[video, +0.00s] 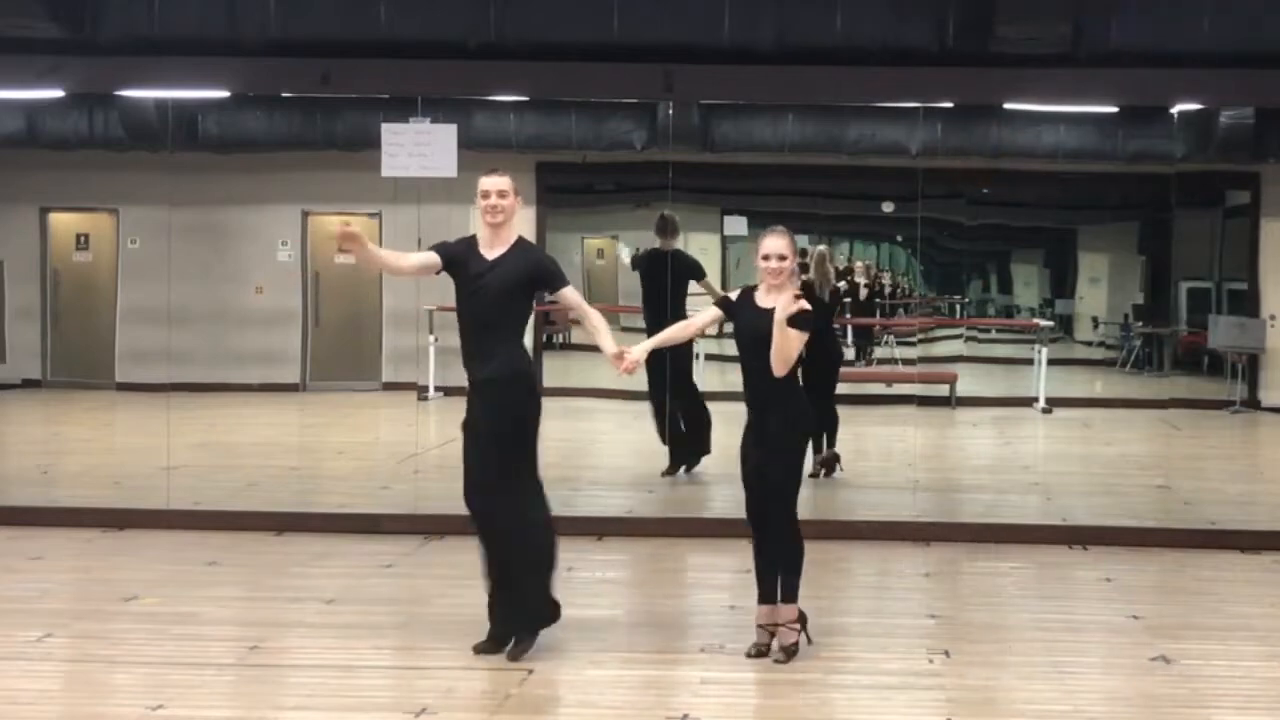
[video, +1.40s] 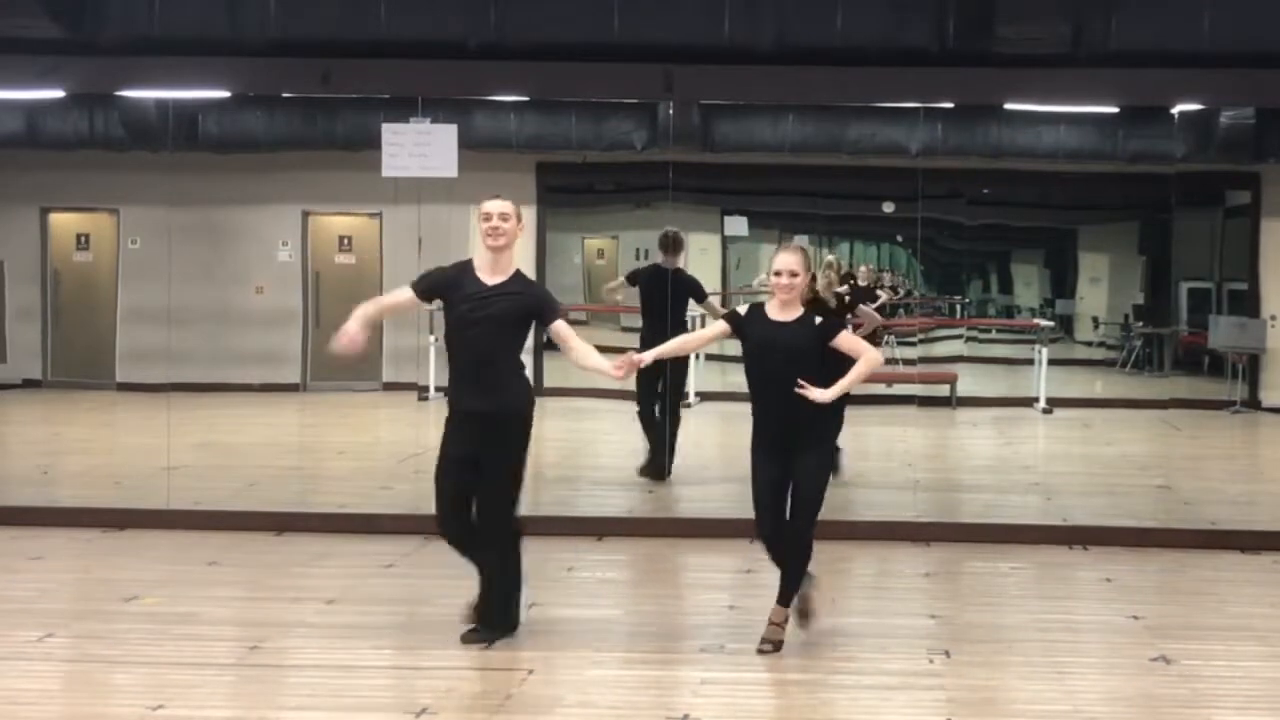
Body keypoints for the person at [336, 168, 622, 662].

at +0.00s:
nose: (494, 202)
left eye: (502, 195)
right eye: (486, 195)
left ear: (517, 203)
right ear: (476, 203)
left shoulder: (531, 258)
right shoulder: (460, 251)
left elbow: (584, 310)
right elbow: (408, 264)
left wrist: (611, 348)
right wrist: (366, 250)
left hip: (515, 389)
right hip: (481, 389)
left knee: (512, 496)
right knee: (481, 499)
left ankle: (533, 608)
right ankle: (505, 614)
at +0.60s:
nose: (505, 241)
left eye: (513, 232)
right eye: (496, 233)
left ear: (529, 237)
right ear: (487, 237)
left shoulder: (549, 292)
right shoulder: (468, 278)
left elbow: (601, 335)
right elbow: (396, 254)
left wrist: (650, 354)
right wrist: (327, 223)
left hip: (489, 413)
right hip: (445, 403)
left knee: (476, 518)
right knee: (443, 514)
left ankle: (457, 621)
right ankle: (443, 629)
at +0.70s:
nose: (502, 248)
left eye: (510, 240)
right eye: (494, 242)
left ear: (527, 244)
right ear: (486, 247)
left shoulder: (550, 301)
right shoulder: (470, 285)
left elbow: (605, 342)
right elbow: (397, 252)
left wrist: (657, 356)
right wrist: (339, 216)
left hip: (487, 426)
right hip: (439, 411)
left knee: (478, 528)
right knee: (403, 508)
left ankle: (449, 622)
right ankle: (370, 623)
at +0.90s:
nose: (495, 252)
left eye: (504, 244)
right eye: (487, 245)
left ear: (521, 248)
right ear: (479, 250)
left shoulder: (543, 304)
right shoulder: (465, 289)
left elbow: (602, 340)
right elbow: (407, 258)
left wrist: (657, 354)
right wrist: (384, 223)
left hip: (498, 437)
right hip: (446, 427)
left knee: (488, 532)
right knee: (406, 514)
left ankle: (450, 620)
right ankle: (352, 586)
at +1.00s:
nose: (497, 246)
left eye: (506, 239)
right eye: (490, 239)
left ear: (521, 245)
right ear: (480, 245)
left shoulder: (539, 303)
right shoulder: (462, 292)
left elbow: (594, 342)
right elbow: (386, 287)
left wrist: (638, 358)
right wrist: (387, 227)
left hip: (500, 426)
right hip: (456, 421)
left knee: (471, 519)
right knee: (438, 520)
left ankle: (461, 619)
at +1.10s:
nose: (497, 243)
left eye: (506, 235)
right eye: (490, 236)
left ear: (522, 242)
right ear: (481, 242)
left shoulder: (538, 302)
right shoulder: (462, 291)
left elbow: (588, 348)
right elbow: (426, 319)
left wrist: (620, 363)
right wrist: (395, 262)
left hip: (499, 421)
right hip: (476, 419)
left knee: (432, 516)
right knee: (502, 520)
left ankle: (490, 603)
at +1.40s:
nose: (494, 225)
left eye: (503, 218)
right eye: (487, 218)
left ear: (519, 228)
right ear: (477, 227)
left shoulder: (530, 292)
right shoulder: (452, 279)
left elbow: (571, 343)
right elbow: (385, 304)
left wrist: (607, 365)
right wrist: (357, 320)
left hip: (509, 415)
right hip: (463, 413)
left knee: (495, 520)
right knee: (451, 520)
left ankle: (498, 620)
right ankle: (499, 576)